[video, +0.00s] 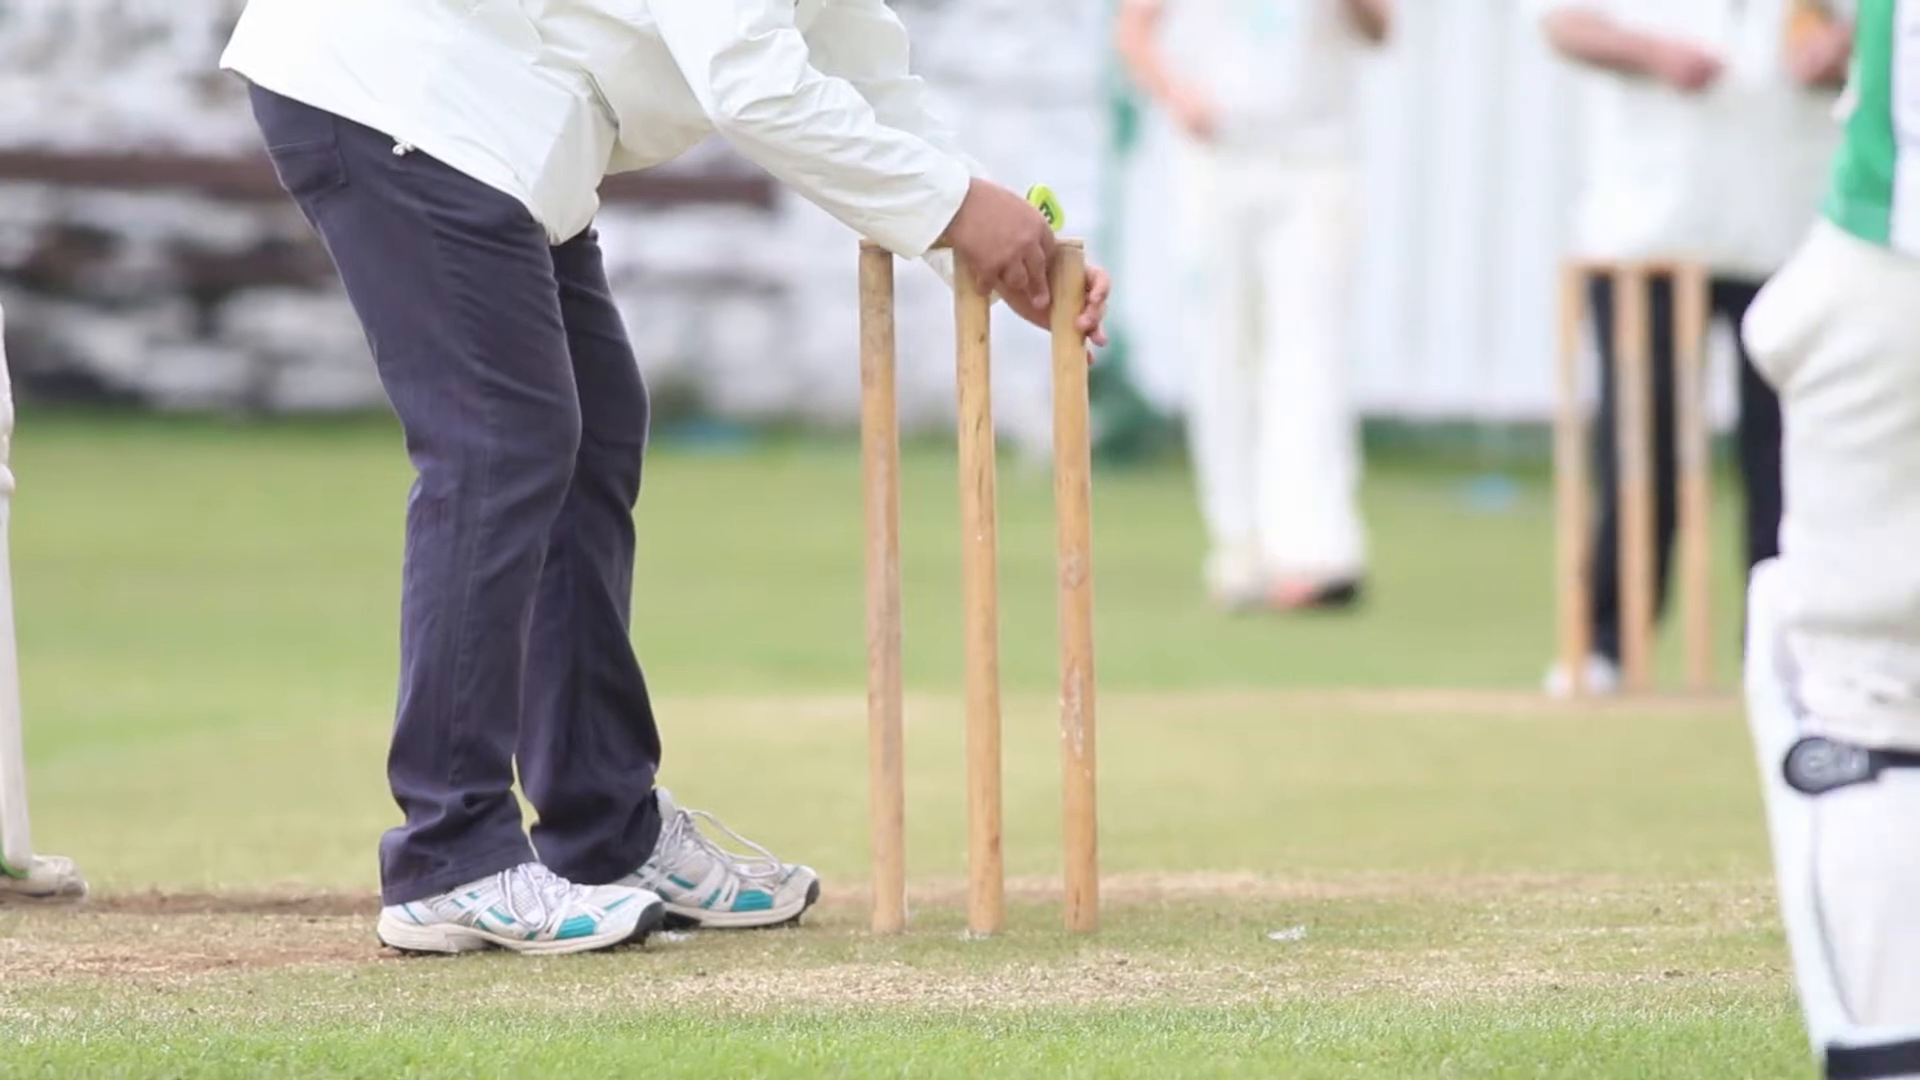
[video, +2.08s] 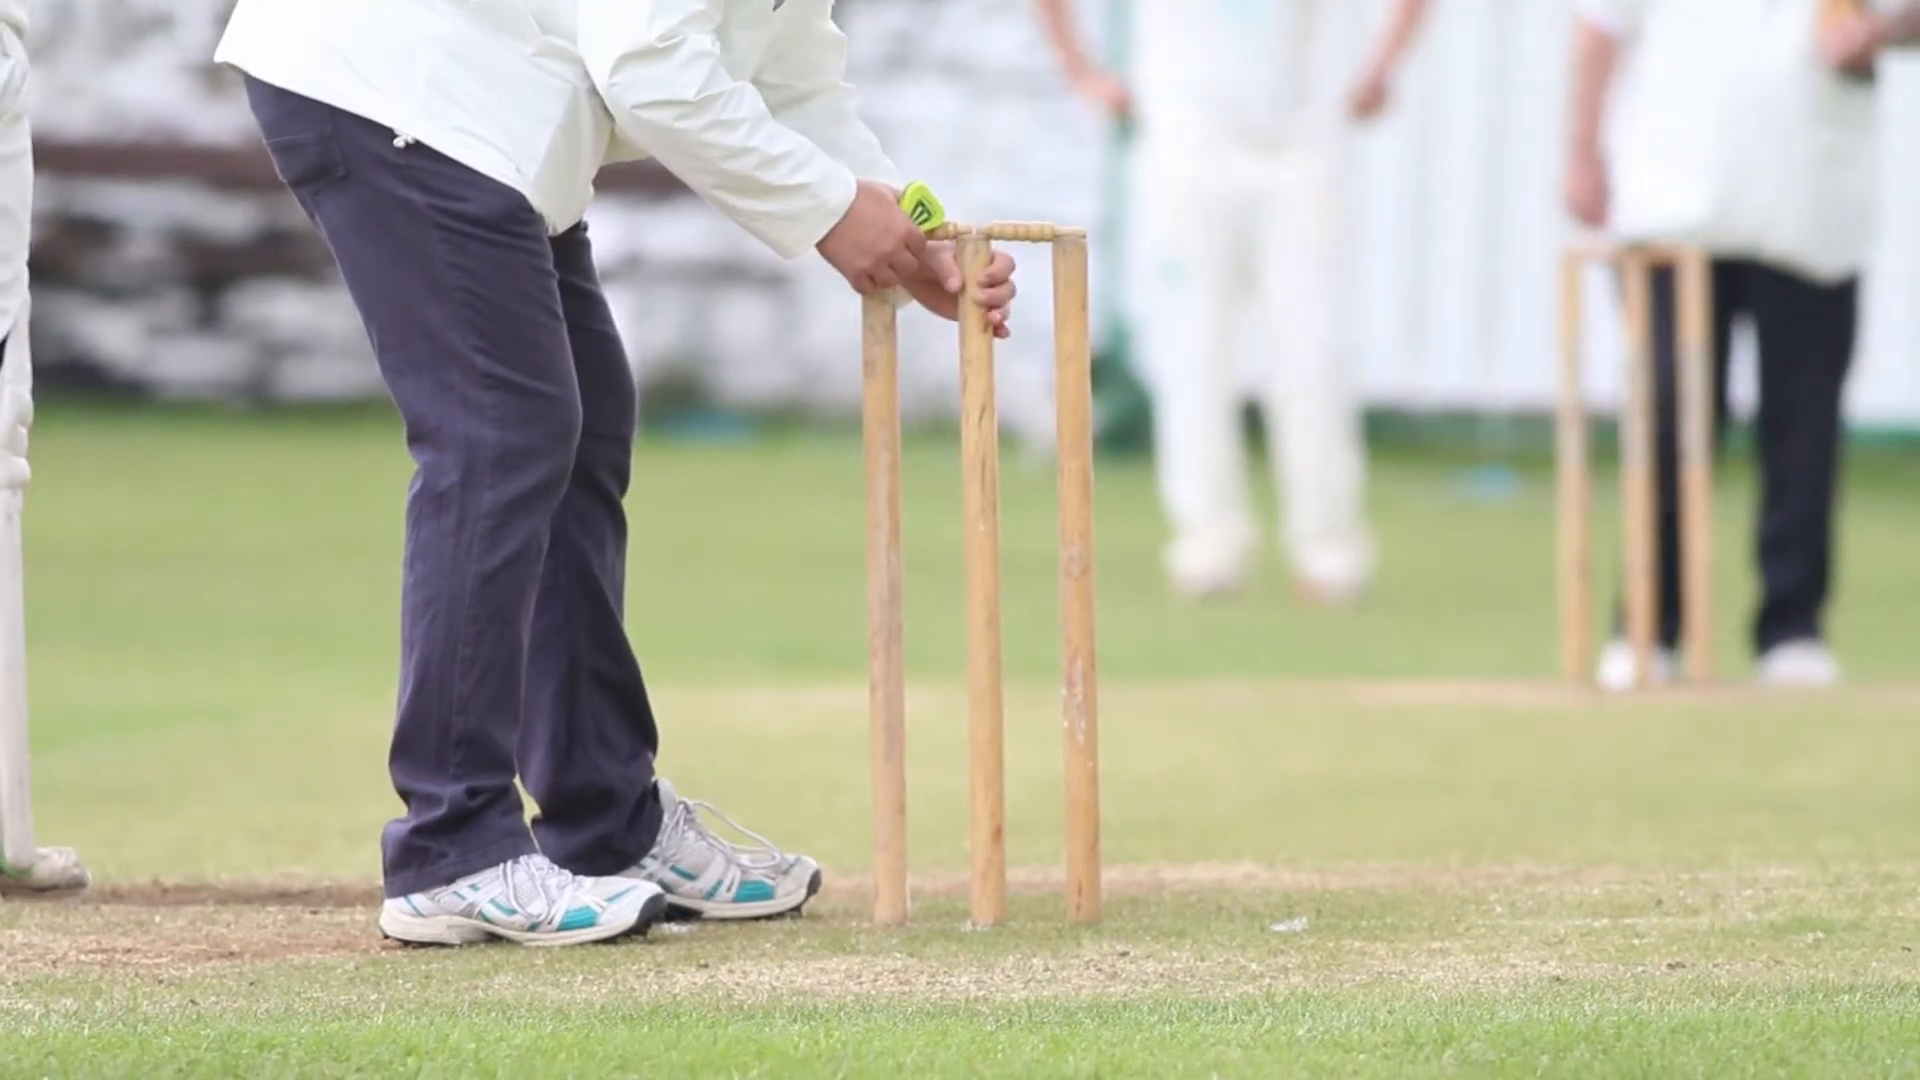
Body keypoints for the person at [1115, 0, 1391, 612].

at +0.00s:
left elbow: (1379, 27)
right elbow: (1132, 30)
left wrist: (1351, 1)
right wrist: (1179, 94)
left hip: (1315, 151)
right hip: (1214, 153)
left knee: (1310, 352)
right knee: (1223, 352)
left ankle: (1313, 549)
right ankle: (1238, 548)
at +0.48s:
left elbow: (1404, 29)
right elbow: (1135, 36)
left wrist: (1372, 62)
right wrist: (1118, 147)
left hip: (1332, 157)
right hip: (1226, 158)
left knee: (1345, 363)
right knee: (1232, 359)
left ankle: (1335, 542)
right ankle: (1245, 550)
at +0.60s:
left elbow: (1412, 27)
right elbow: (1151, 25)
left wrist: (1387, 144)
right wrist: (1130, 149)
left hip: (1335, 165)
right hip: (1234, 165)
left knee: (1333, 366)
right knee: (1236, 362)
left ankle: (1332, 547)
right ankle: (1245, 547)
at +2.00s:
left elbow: (1415, 6)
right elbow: (1054, 6)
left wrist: (1381, 91)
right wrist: (1089, 80)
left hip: (1307, 132)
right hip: (1181, 132)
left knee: (1314, 349)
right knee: (1188, 351)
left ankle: (1329, 548)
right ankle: (1208, 543)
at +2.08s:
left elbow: (1417, 5)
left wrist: (1379, 66)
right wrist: (1080, 67)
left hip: (1304, 128)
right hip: (1182, 127)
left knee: (1313, 348)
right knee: (1187, 348)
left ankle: (1329, 547)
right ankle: (1209, 543)